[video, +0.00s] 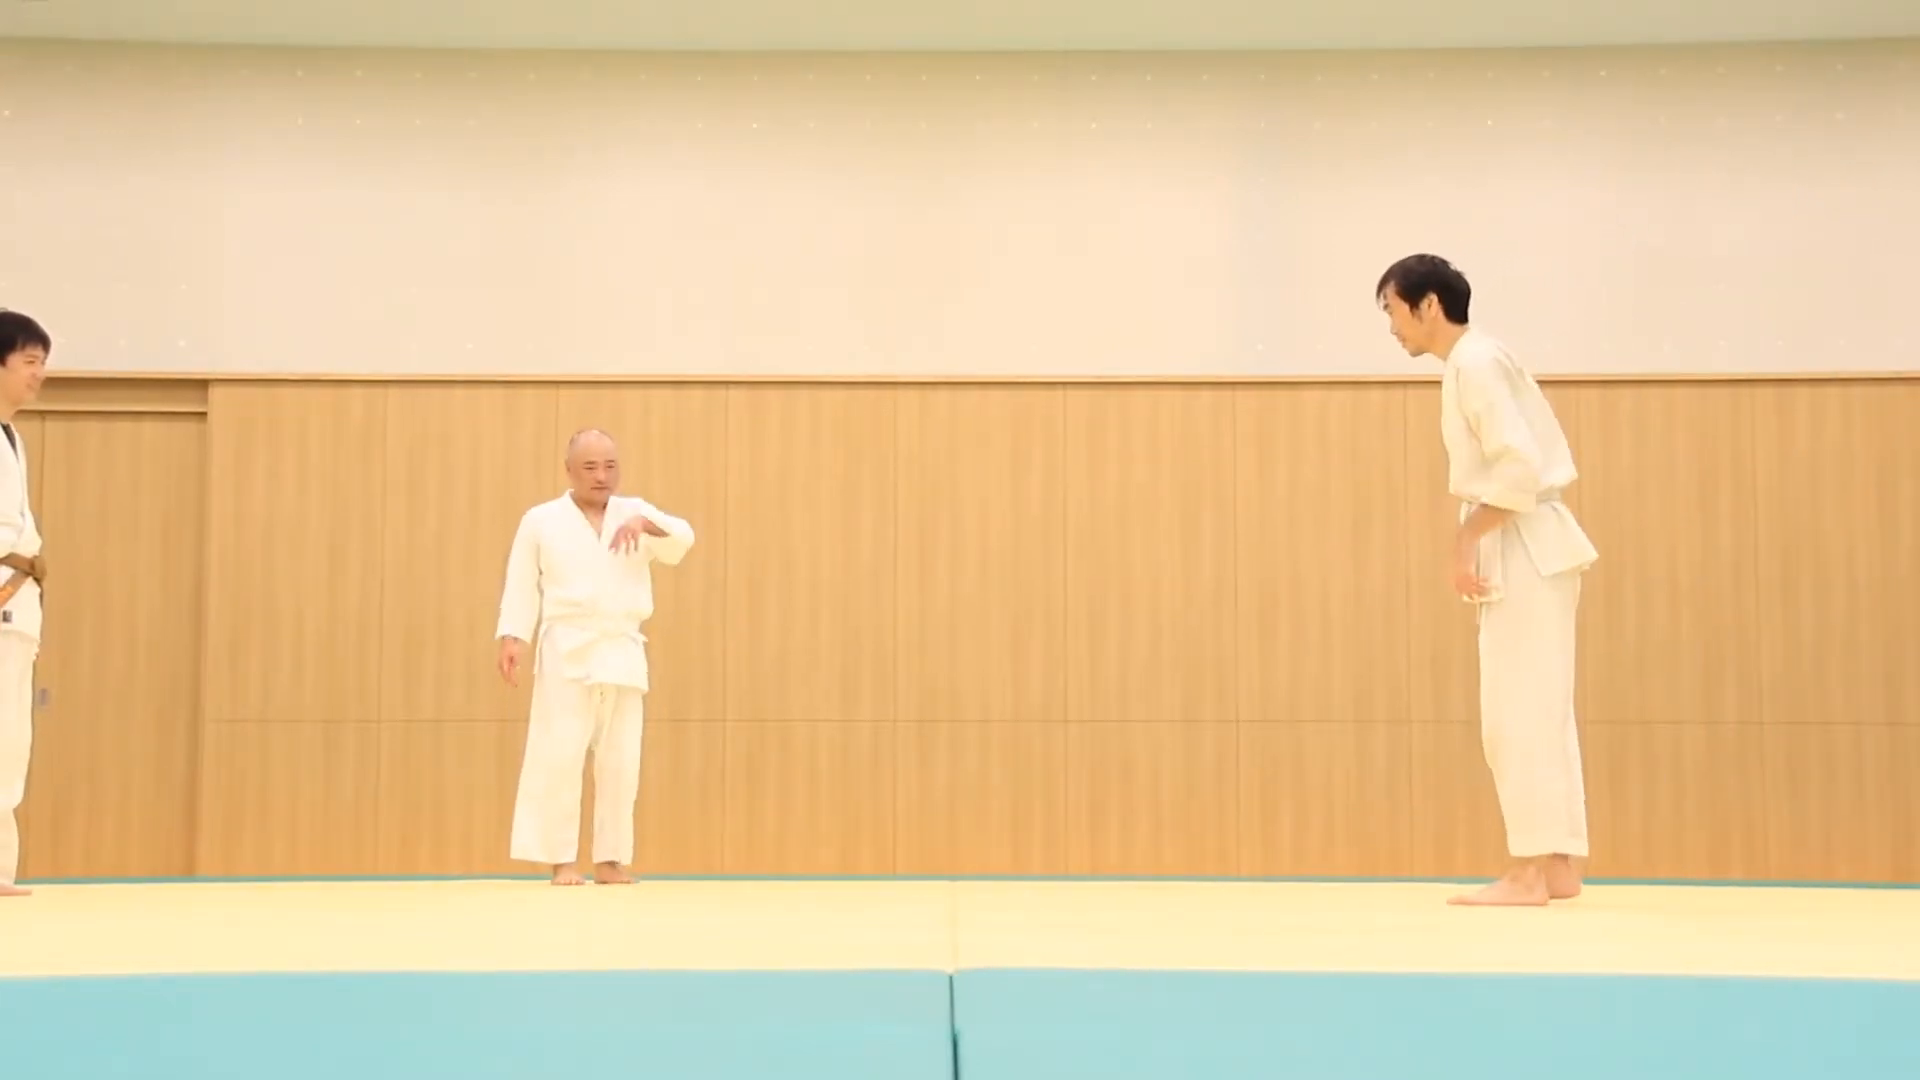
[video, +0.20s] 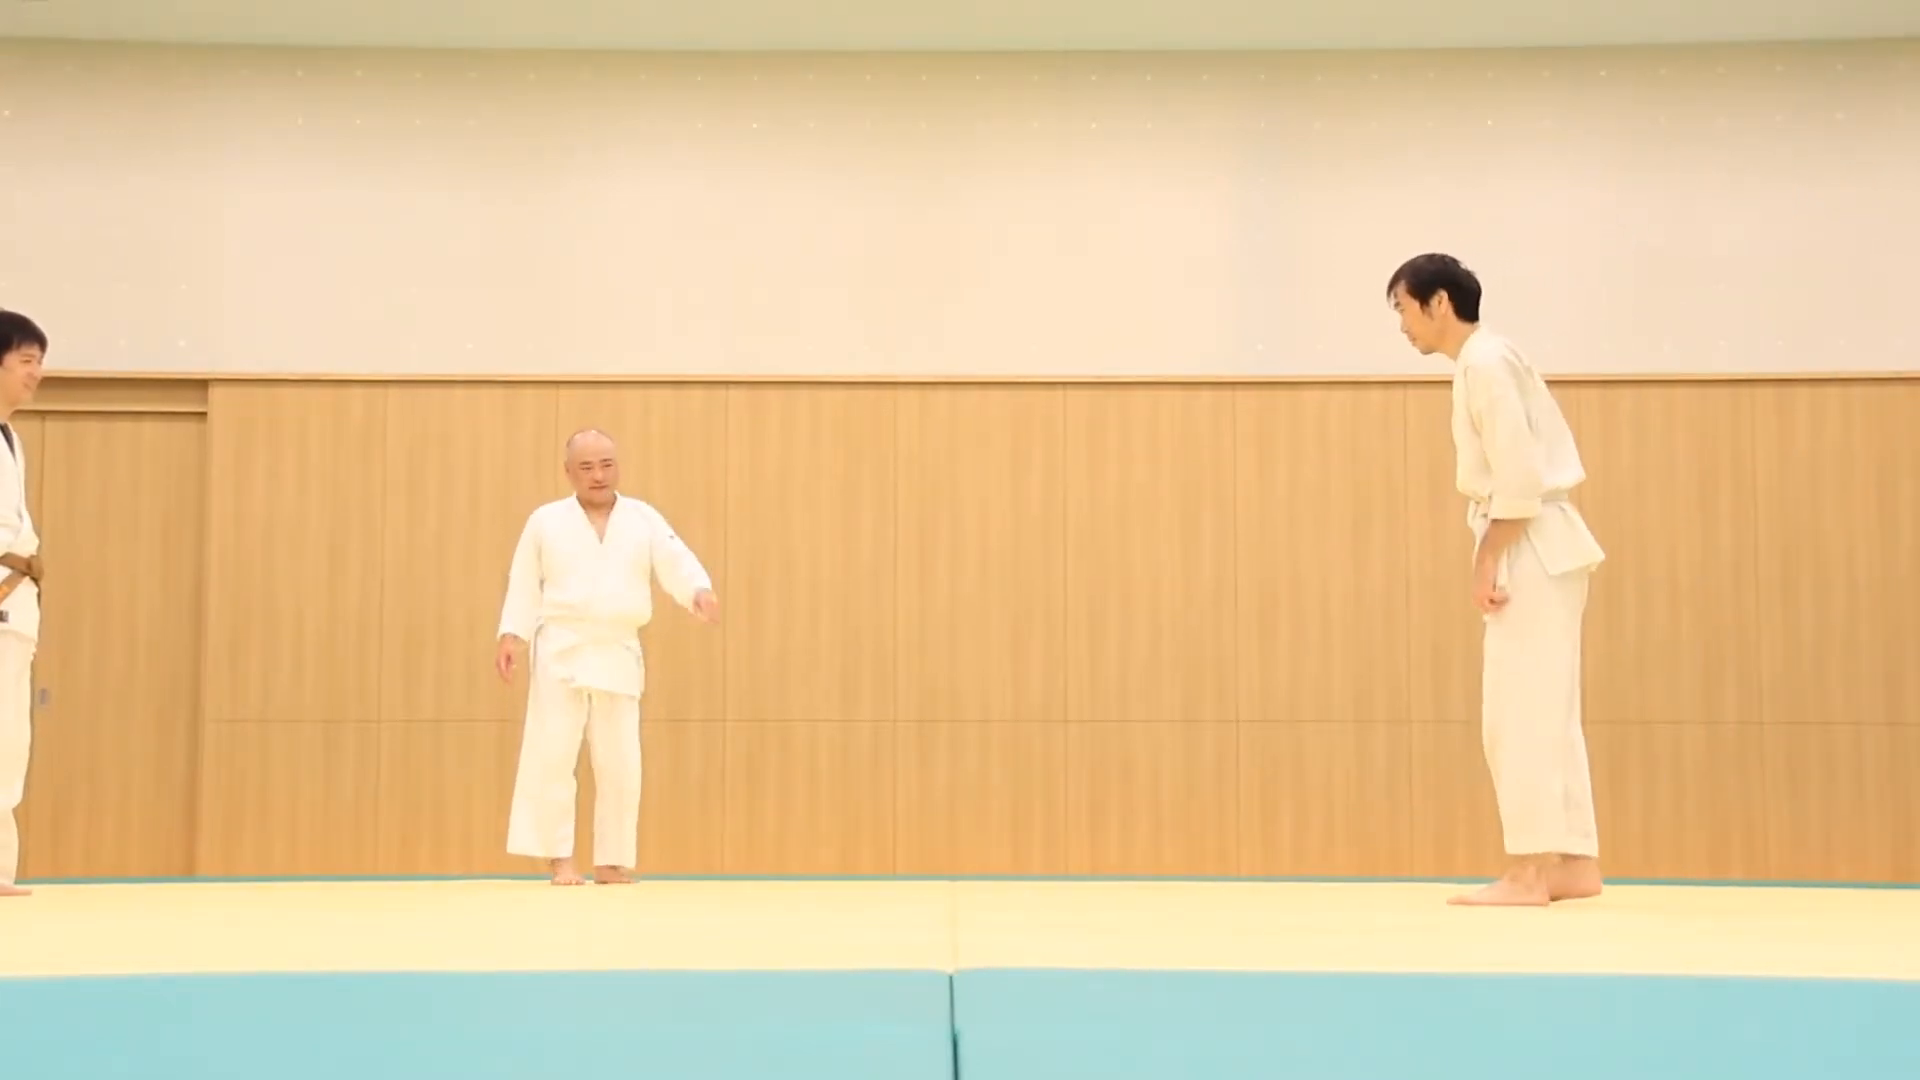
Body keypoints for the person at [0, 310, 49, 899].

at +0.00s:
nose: (40, 375)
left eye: (43, 364)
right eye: (31, 362)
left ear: (32, 369)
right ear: (1, 363)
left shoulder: (12, 440)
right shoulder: (1, 440)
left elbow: (25, 529)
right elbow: (7, 528)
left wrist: (16, 575)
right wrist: (30, 557)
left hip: (20, 611)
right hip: (10, 613)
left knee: (13, 747)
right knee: (8, 748)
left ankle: (7, 869)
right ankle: (3, 869)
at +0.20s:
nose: (36, 374)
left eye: (39, 363)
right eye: (26, 361)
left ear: (34, 369)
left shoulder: (11, 440)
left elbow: (20, 529)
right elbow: (5, 530)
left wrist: (19, 571)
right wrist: (28, 561)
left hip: (18, 609)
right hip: (9, 610)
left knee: (12, 745)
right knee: (7, 746)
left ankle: (6, 868)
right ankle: (2, 868)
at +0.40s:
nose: (35, 375)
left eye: (38, 364)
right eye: (25, 362)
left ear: (30, 370)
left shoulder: (9, 442)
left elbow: (18, 528)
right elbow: (6, 530)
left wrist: (19, 567)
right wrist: (26, 560)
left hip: (16, 611)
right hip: (8, 611)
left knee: (11, 745)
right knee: (6, 745)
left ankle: (5, 866)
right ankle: (1, 867)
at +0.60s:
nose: (33, 377)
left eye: (36, 365)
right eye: (24, 364)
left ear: (29, 370)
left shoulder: (8, 442)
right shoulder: (1, 443)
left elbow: (15, 526)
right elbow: (8, 529)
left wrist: (25, 562)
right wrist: (25, 561)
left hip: (14, 613)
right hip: (7, 613)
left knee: (11, 745)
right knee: (7, 746)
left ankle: (6, 867)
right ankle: (2, 868)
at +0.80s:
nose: (31, 376)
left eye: (35, 365)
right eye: (23, 363)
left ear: (27, 369)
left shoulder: (6, 441)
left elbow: (12, 521)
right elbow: (5, 523)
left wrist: (22, 556)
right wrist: (20, 556)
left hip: (13, 614)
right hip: (6, 614)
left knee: (10, 743)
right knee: (6, 743)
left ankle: (4, 866)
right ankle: (1, 867)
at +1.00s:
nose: (28, 377)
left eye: (31, 366)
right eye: (20, 364)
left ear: (25, 369)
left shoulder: (5, 442)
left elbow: (9, 519)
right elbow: (4, 521)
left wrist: (19, 556)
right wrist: (17, 556)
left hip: (11, 616)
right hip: (5, 618)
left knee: (9, 744)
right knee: (5, 744)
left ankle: (4, 866)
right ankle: (0, 867)